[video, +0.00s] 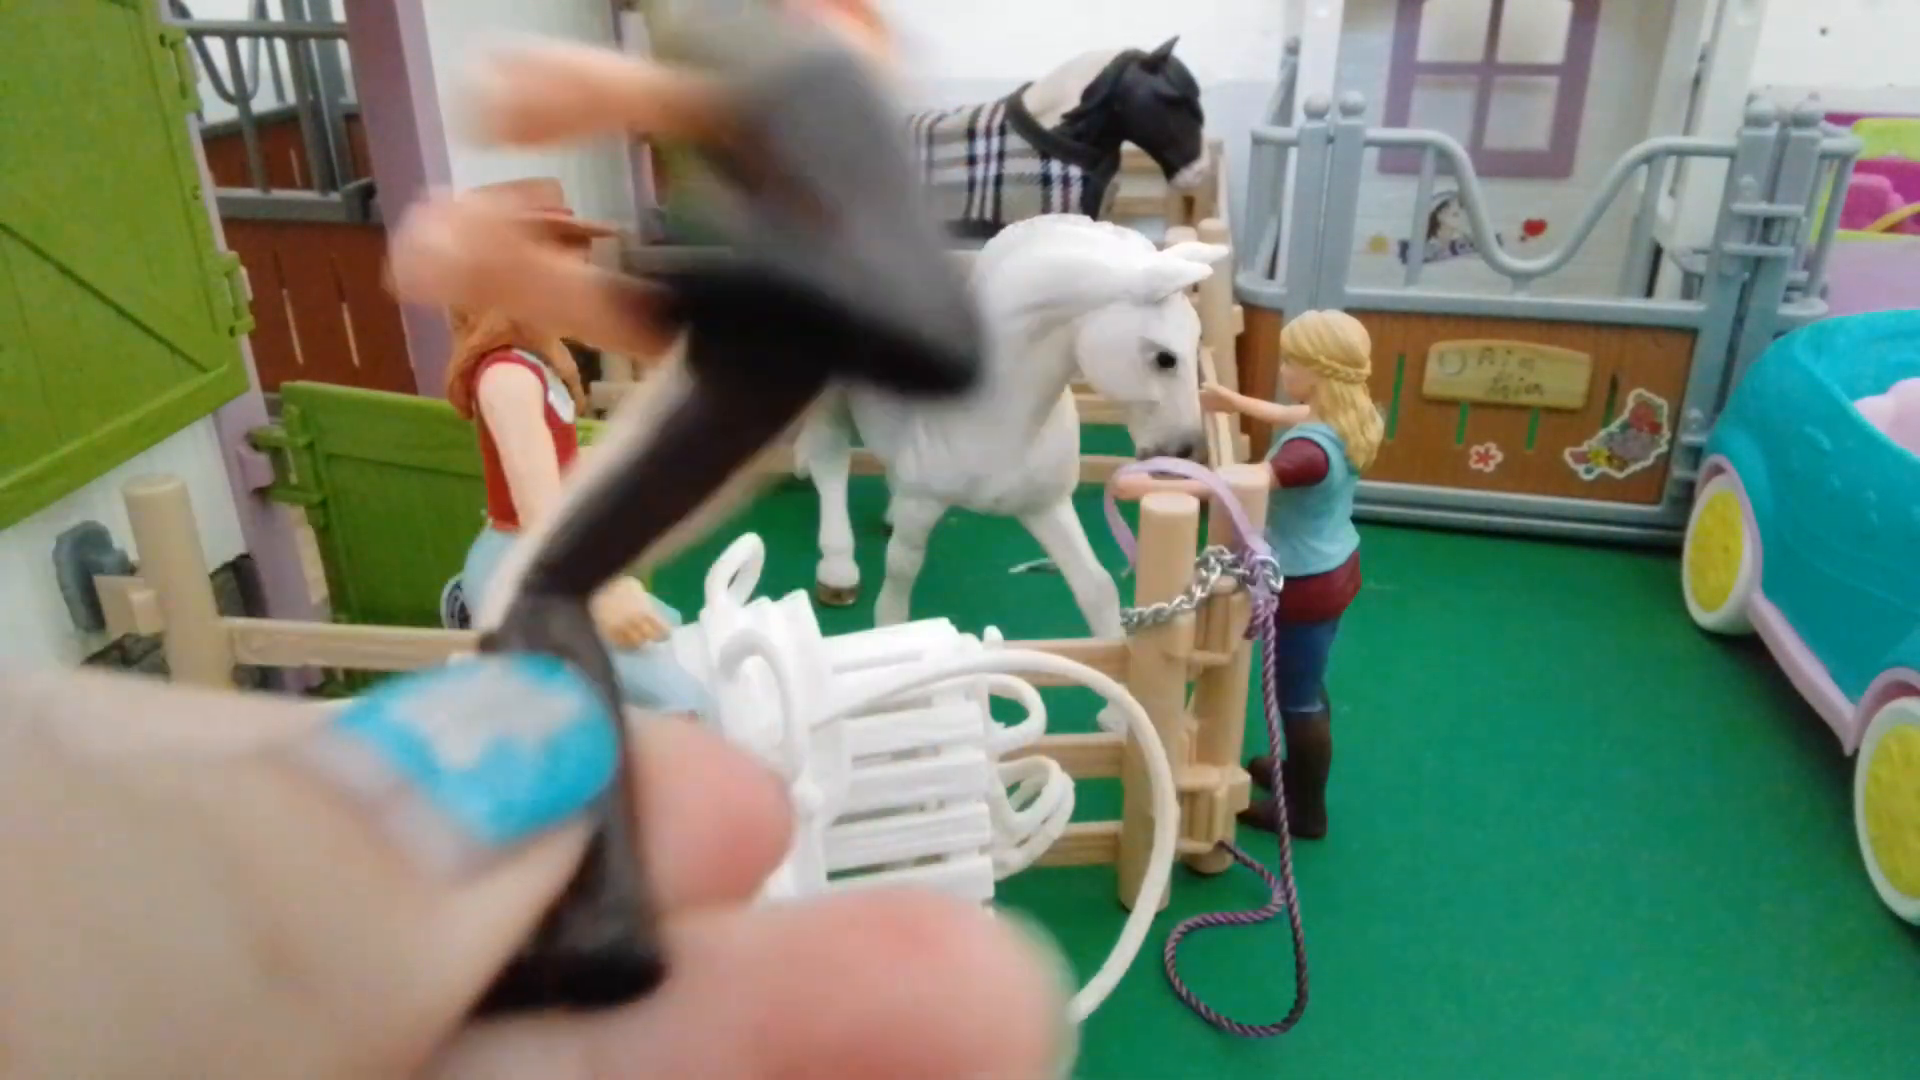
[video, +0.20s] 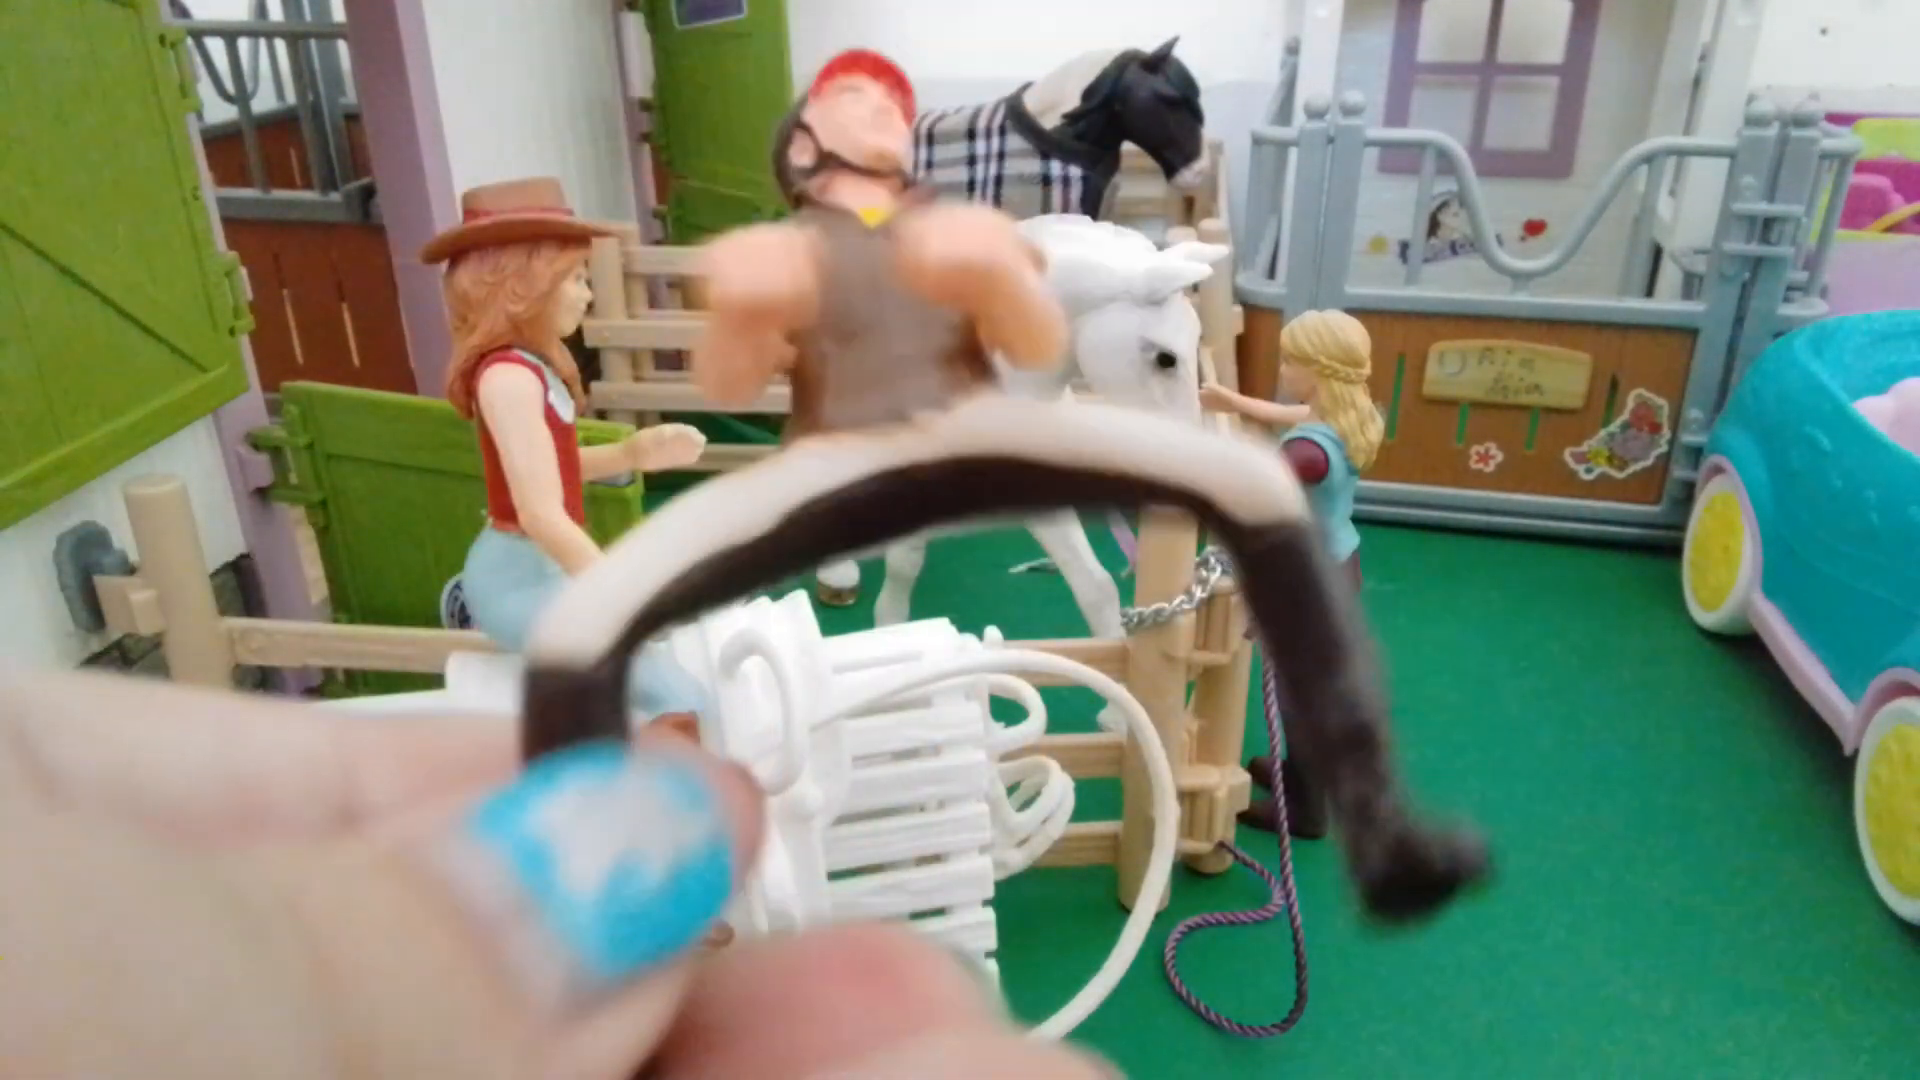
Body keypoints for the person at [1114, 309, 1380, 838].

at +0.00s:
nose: (1282, 370)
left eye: (1290, 361)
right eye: (1285, 359)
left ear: (1319, 372)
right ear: (1336, 372)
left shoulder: (1314, 447)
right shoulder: (1347, 417)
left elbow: (1242, 480)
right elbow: (1286, 415)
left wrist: (1157, 484)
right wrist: (1235, 401)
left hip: (1304, 588)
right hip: (1331, 567)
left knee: (1300, 701)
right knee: (1301, 682)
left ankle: (1303, 813)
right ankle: (1298, 773)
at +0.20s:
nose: (1280, 371)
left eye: (1289, 361)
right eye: (1283, 360)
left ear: (1317, 373)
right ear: (1335, 373)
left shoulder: (1315, 448)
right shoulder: (1344, 419)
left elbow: (1253, 488)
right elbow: (1286, 416)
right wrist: (1233, 400)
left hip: (1316, 575)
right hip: (1337, 561)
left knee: (1295, 686)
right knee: (1309, 674)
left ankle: (1299, 807)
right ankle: (1300, 769)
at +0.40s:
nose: (1282, 371)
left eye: (1290, 363)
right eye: (1284, 360)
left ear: (1319, 375)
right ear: (1333, 375)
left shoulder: (1316, 448)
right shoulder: (1348, 417)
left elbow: (1253, 479)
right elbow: (1292, 415)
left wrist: (1193, 449)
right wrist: (1237, 401)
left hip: (1314, 582)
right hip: (1338, 562)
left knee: (1300, 692)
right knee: (1296, 672)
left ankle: (1305, 805)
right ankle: (1291, 766)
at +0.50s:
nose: (1281, 371)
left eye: (1290, 363)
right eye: (1284, 361)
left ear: (1317, 374)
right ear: (1336, 373)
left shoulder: (1315, 448)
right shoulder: (1346, 419)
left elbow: (1253, 479)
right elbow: (1292, 415)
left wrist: (1193, 479)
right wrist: (1236, 401)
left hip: (1309, 579)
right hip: (1333, 565)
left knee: (1297, 691)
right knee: (1299, 676)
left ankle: (1302, 809)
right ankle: (1298, 771)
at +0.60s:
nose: (1280, 373)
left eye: (1290, 363)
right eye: (1283, 362)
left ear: (1314, 373)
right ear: (1347, 369)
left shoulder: (1316, 438)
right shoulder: (1356, 422)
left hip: (1310, 574)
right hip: (1335, 564)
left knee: (1296, 688)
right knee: (1304, 680)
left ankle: (1303, 806)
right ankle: (1295, 772)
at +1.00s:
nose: (1282, 371)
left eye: (1290, 362)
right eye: (1285, 361)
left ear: (1317, 373)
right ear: (1333, 374)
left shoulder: (1316, 446)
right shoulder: (1347, 417)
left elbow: (1259, 476)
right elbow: (1292, 415)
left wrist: (1188, 479)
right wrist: (1238, 402)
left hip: (1305, 585)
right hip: (1332, 565)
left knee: (1298, 699)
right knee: (1302, 682)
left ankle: (1307, 812)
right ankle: (1295, 775)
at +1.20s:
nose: (1282, 371)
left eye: (1290, 362)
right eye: (1284, 360)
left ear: (1319, 373)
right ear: (1334, 374)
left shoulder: (1316, 446)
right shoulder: (1348, 418)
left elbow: (1251, 477)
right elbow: (1292, 415)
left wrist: (1162, 483)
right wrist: (1239, 401)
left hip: (1304, 587)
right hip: (1331, 567)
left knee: (1299, 699)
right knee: (1300, 682)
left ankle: (1303, 812)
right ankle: (1300, 775)